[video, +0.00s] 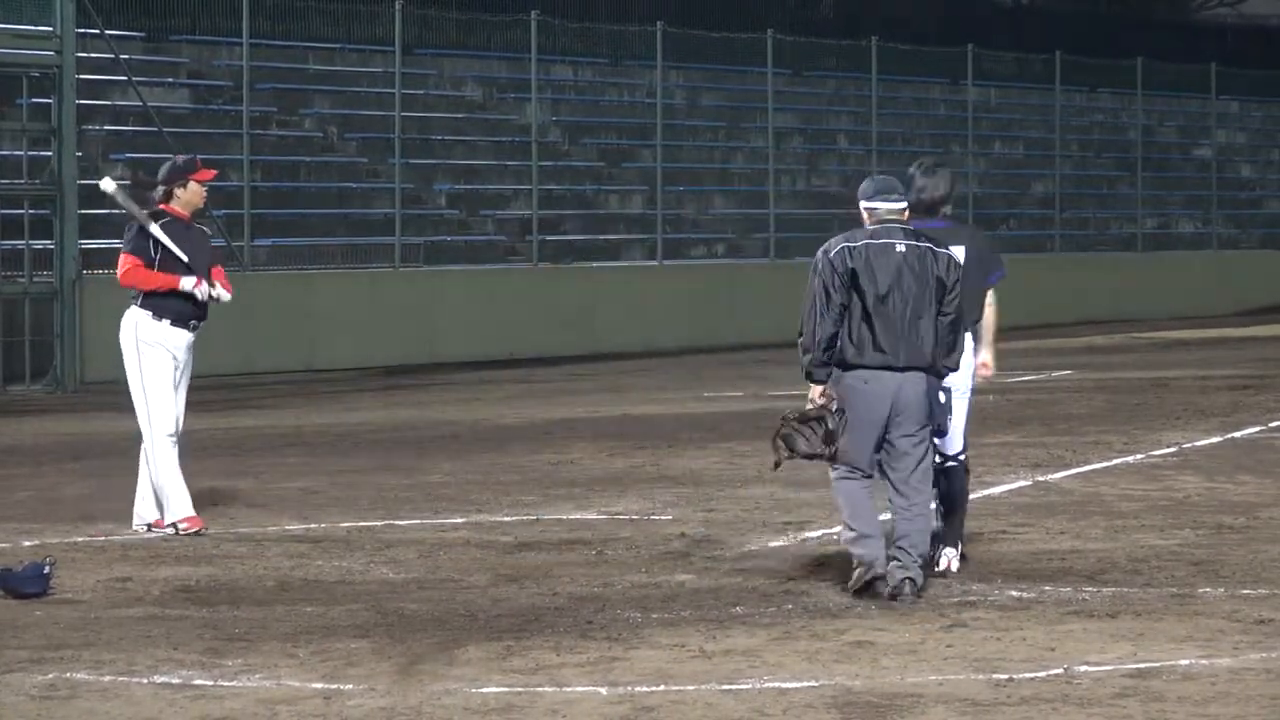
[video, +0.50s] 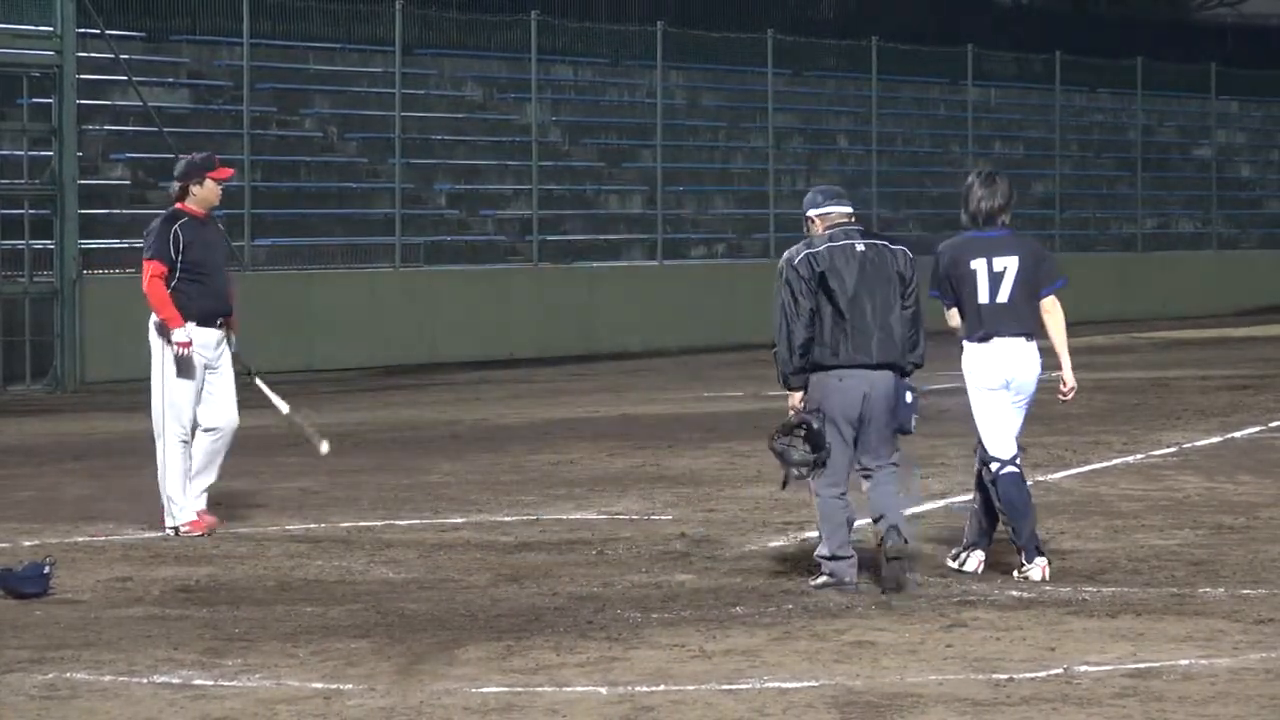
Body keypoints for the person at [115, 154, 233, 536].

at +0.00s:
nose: (206, 192)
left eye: (206, 186)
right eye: (200, 186)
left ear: (189, 190)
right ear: (177, 189)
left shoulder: (199, 233)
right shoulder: (146, 222)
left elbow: (215, 270)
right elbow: (127, 272)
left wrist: (220, 287)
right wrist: (183, 282)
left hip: (182, 335)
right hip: (147, 330)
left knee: (167, 427)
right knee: (159, 425)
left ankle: (147, 515)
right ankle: (181, 513)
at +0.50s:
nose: (222, 188)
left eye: (221, 182)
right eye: (216, 182)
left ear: (203, 186)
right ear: (193, 186)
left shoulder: (215, 227)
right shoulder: (167, 225)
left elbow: (219, 276)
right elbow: (153, 281)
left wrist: (228, 316)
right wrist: (176, 325)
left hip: (215, 337)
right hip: (178, 336)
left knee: (221, 421)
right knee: (175, 427)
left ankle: (192, 502)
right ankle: (178, 514)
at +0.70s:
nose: (236, 191)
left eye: (236, 185)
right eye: (231, 185)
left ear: (217, 187)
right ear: (210, 186)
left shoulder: (221, 229)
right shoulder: (182, 227)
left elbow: (222, 283)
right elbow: (168, 286)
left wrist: (239, 325)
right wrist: (179, 343)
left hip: (230, 337)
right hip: (193, 338)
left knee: (241, 427)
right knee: (182, 431)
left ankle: (244, 513)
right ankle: (181, 516)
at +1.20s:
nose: (293, 191)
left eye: (293, 185)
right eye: (287, 184)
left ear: (274, 187)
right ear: (265, 186)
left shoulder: (279, 229)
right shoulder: (236, 224)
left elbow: (275, 279)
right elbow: (219, 278)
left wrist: (283, 326)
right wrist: (237, 334)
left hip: (281, 339)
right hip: (243, 337)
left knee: (278, 432)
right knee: (237, 424)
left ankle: (275, 518)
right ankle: (204, 496)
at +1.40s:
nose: (309, 188)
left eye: (308, 182)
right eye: (303, 182)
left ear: (291, 185)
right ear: (280, 185)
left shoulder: (297, 227)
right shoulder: (251, 221)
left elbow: (292, 278)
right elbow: (234, 276)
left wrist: (298, 327)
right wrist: (251, 326)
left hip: (290, 336)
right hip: (257, 333)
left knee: (287, 429)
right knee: (262, 424)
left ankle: (280, 514)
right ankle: (254, 515)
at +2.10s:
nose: (322, 194)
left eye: (323, 187)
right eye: (315, 188)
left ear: (317, 186)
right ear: (290, 187)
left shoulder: (325, 226)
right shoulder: (267, 228)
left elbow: (334, 276)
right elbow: (255, 286)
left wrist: (348, 326)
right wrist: (268, 341)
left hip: (330, 339)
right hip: (288, 339)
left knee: (342, 427)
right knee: (288, 436)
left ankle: (327, 511)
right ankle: (298, 524)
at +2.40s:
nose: (338, 195)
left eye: (340, 188)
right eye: (330, 188)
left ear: (339, 188)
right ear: (306, 187)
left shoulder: (345, 230)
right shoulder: (279, 228)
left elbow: (347, 282)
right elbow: (261, 286)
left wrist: (348, 331)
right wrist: (258, 341)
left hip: (340, 340)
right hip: (293, 340)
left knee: (350, 431)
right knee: (293, 437)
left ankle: (358, 519)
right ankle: (299, 524)